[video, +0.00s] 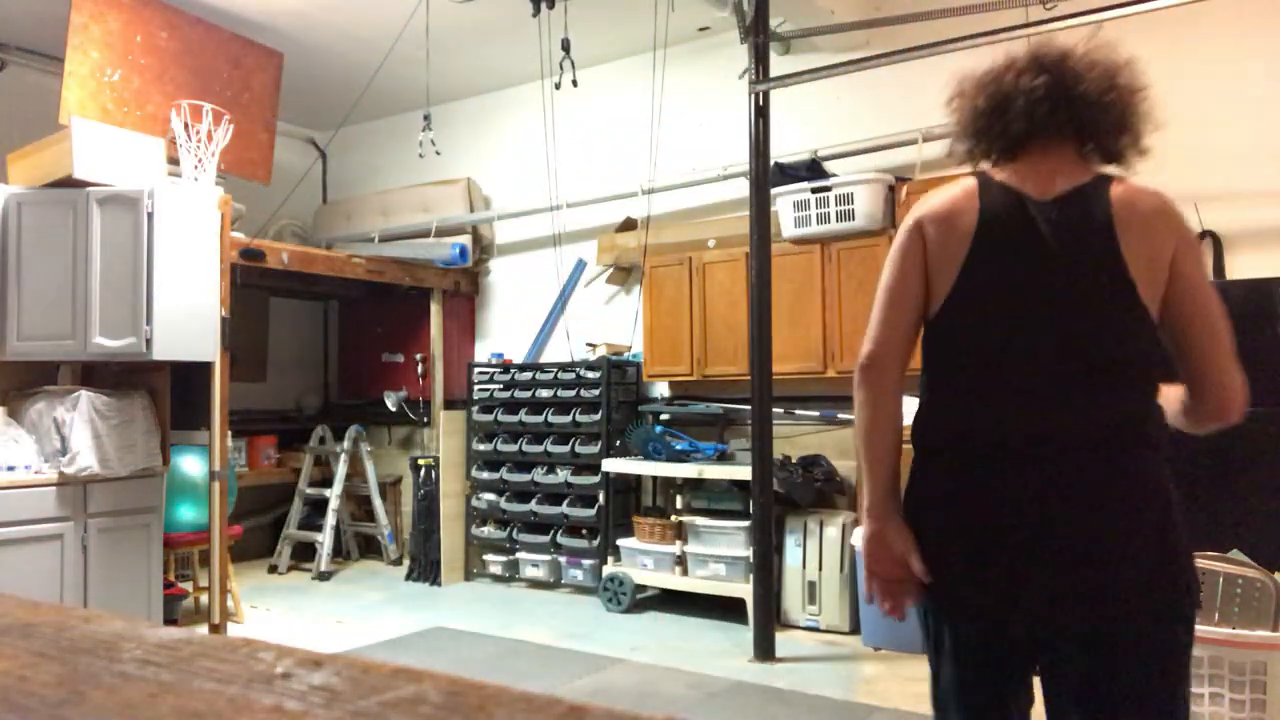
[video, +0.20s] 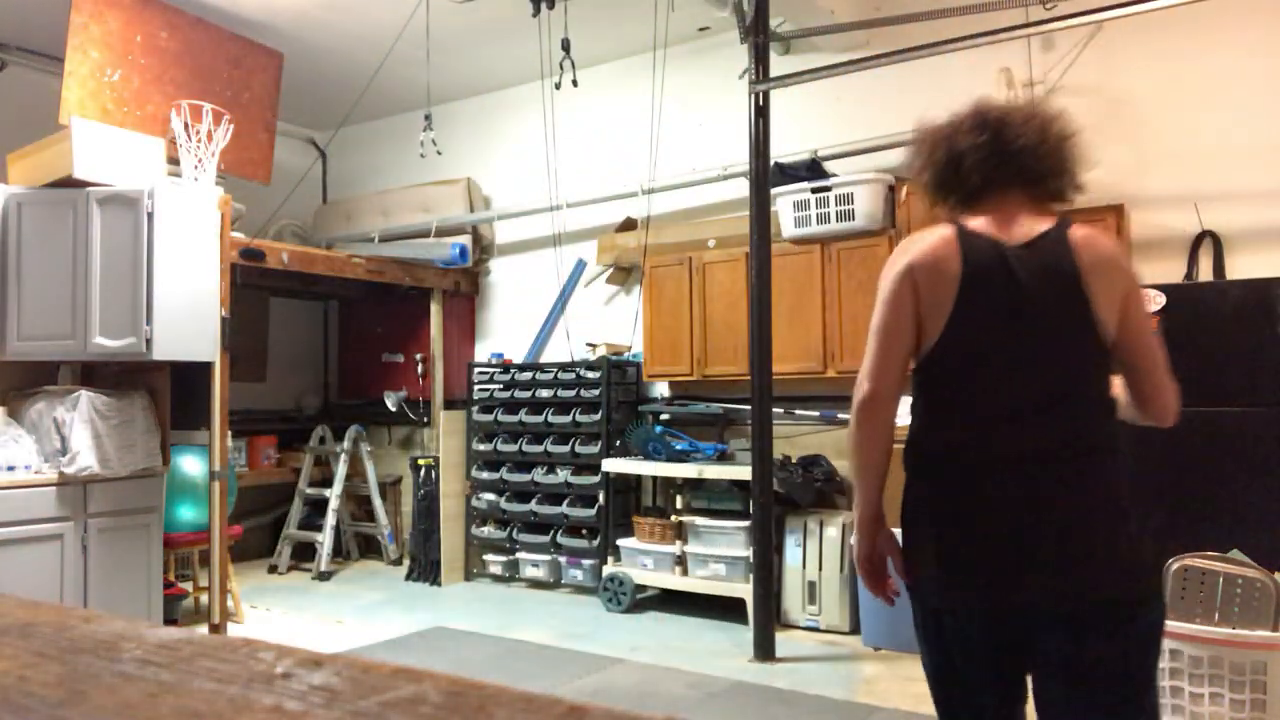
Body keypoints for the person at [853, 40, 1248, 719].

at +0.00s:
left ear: (993, 127)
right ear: (1095, 126)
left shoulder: (938, 217)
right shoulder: (1151, 215)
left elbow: (876, 370)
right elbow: (1221, 403)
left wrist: (879, 514)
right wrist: (1140, 387)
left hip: (969, 546)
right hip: (1121, 548)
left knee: (975, 708)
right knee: (1127, 709)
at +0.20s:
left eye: (940, 177)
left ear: (952, 179)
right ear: (1047, 172)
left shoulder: (919, 260)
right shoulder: (1098, 254)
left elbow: (872, 402)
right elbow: (1160, 407)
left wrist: (869, 521)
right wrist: (1096, 384)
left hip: (961, 559)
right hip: (1088, 553)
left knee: (977, 710)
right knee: (1103, 710)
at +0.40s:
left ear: (914, 198)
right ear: (1001, 186)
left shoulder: (894, 271)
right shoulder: (1057, 263)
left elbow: (854, 409)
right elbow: (1103, 400)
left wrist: (872, 483)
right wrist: (1038, 385)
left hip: (940, 532)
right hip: (1051, 525)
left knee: (957, 704)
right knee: (1064, 702)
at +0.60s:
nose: (870, 219)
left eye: (876, 208)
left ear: (885, 209)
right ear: (960, 195)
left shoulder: (870, 276)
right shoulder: (1015, 265)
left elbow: (843, 405)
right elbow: (1064, 389)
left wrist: (900, 430)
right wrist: (998, 402)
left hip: (920, 494)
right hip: (1016, 486)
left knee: (943, 683)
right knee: (1013, 678)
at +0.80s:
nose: (831, 243)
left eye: (833, 232)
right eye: (830, 233)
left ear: (848, 232)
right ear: (912, 218)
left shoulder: (840, 295)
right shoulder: (972, 283)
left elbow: (818, 415)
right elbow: (1024, 390)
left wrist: (869, 448)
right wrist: (969, 432)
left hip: (894, 494)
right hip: (978, 490)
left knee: (919, 687)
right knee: (954, 683)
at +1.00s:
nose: (800, 240)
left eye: (806, 231)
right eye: (804, 229)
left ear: (817, 243)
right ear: (880, 239)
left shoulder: (807, 306)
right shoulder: (912, 301)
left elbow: (786, 419)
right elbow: (965, 399)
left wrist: (828, 465)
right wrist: (919, 444)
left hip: (859, 487)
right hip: (931, 481)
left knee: (860, 659)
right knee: (903, 661)